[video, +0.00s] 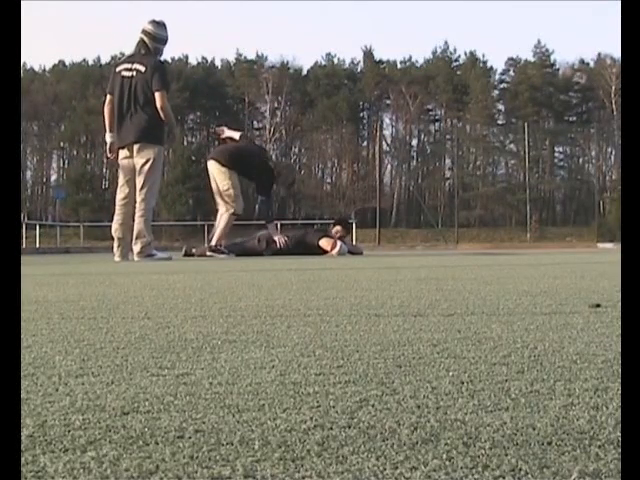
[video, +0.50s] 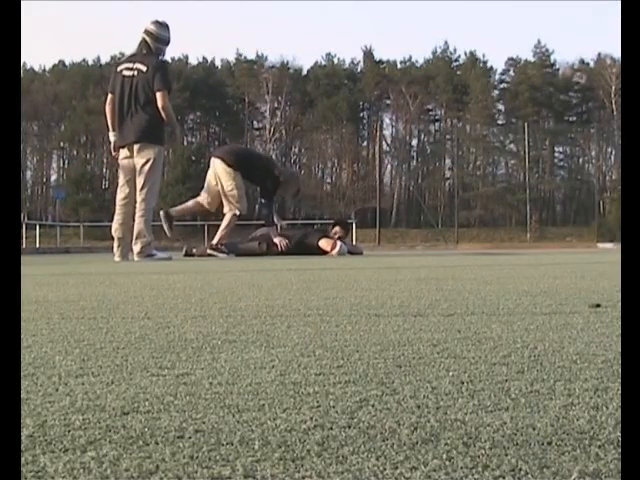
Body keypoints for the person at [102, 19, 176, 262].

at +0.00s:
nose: (163, 48)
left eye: (164, 44)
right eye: (163, 44)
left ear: (142, 38)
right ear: (159, 43)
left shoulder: (120, 65)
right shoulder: (156, 65)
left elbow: (109, 103)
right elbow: (160, 101)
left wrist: (110, 134)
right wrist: (172, 124)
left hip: (123, 137)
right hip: (148, 138)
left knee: (124, 196)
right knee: (145, 197)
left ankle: (119, 249)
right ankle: (142, 248)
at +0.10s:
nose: (164, 49)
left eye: (164, 44)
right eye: (163, 44)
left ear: (142, 38)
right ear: (159, 43)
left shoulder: (120, 65)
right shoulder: (156, 65)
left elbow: (109, 103)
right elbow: (161, 102)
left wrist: (110, 134)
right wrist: (173, 125)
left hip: (122, 136)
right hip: (148, 137)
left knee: (123, 195)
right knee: (145, 196)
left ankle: (119, 249)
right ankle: (142, 248)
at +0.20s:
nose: (164, 48)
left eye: (165, 44)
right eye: (164, 44)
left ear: (143, 38)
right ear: (159, 43)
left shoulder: (121, 65)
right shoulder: (157, 65)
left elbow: (109, 102)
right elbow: (161, 102)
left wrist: (111, 134)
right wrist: (173, 125)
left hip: (123, 136)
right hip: (148, 137)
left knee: (123, 195)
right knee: (145, 196)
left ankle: (119, 249)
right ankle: (142, 247)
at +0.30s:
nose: (165, 49)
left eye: (165, 44)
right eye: (164, 44)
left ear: (143, 38)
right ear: (160, 43)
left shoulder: (121, 65)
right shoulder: (157, 64)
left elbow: (109, 103)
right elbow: (162, 101)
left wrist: (112, 133)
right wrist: (173, 124)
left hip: (123, 136)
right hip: (148, 136)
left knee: (124, 195)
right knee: (146, 196)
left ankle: (119, 249)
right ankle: (142, 248)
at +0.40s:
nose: (165, 49)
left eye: (165, 45)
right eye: (165, 45)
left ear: (144, 38)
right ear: (160, 43)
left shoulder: (121, 65)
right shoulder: (157, 64)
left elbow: (109, 102)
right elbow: (162, 102)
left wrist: (113, 134)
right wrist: (173, 125)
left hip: (123, 136)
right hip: (148, 136)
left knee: (124, 195)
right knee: (145, 196)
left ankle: (119, 249)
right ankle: (142, 248)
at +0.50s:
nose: (165, 49)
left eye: (165, 45)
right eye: (165, 45)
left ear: (144, 38)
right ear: (160, 43)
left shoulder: (121, 65)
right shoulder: (157, 64)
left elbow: (110, 102)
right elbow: (162, 102)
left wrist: (113, 133)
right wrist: (173, 125)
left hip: (123, 136)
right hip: (148, 136)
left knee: (124, 194)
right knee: (146, 196)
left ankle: (119, 249)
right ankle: (142, 248)